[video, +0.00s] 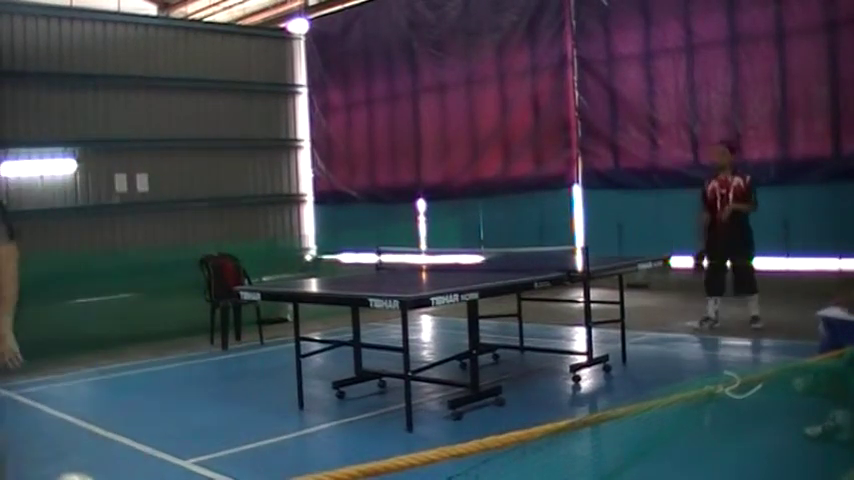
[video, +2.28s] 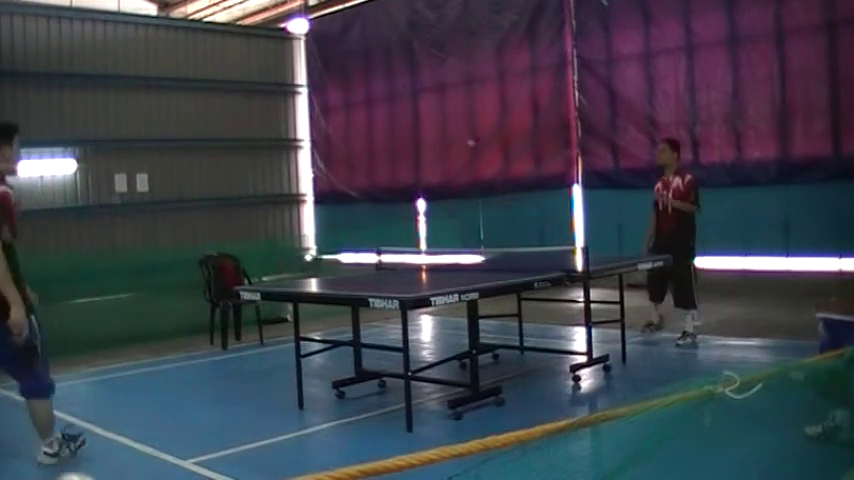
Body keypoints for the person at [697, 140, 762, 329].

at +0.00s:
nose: (718, 159)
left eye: (723, 155)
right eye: (717, 155)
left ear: (731, 157)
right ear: (714, 159)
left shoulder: (743, 181)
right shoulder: (710, 184)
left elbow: (751, 206)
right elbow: (707, 215)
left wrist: (733, 205)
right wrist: (703, 244)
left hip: (739, 235)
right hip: (716, 237)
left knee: (745, 272)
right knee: (713, 273)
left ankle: (754, 313)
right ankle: (712, 314)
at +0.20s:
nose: (737, 158)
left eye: (741, 153)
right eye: (735, 153)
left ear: (748, 156)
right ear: (730, 156)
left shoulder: (758, 181)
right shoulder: (721, 183)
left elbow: (766, 206)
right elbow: (714, 215)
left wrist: (754, 214)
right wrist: (708, 246)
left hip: (752, 237)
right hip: (728, 237)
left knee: (754, 274)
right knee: (723, 273)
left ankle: (756, 314)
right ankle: (713, 314)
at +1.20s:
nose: (712, 158)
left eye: (716, 154)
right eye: (710, 154)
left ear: (724, 156)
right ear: (707, 158)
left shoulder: (737, 181)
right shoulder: (702, 186)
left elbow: (749, 205)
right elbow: (699, 216)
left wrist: (731, 210)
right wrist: (697, 243)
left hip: (733, 241)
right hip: (711, 242)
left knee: (742, 277)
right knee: (710, 280)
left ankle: (754, 312)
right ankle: (711, 320)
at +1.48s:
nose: (692, 157)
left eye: (696, 152)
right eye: (690, 153)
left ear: (705, 155)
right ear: (689, 156)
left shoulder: (721, 179)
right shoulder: (686, 186)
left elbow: (732, 203)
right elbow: (684, 219)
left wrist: (714, 209)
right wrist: (678, 249)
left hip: (718, 235)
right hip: (698, 236)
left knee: (718, 274)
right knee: (702, 276)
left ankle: (725, 317)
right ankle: (710, 318)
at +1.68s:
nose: (684, 158)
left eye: (688, 154)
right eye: (683, 154)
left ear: (698, 157)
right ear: (681, 158)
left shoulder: (712, 181)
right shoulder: (679, 189)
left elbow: (724, 206)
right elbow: (675, 220)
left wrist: (706, 212)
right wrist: (668, 248)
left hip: (709, 234)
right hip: (690, 236)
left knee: (702, 272)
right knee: (696, 273)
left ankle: (699, 320)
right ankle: (709, 318)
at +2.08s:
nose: (674, 155)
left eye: (679, 151)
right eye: (674, 151)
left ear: (689, 155)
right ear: (673, 154)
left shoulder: (699, 182)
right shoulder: (668, 184)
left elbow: (708, 210)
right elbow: (661, 214)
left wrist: (684, 210)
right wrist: (657, 241)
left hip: (692, 242)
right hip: (672, 242)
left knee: (689, 285)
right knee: (679, 285)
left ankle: (690, 330)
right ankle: (685, 328)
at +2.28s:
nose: (659, 155)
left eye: (663, 151)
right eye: (659, 151)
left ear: (675, 155)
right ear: (663, 156)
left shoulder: (687, 180)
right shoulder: (660, 184)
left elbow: (693, 207)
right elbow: (656, 216)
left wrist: (670, 202)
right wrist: (649, 240)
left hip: (682, 242)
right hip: (662, 241)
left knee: (684, 284)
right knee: (654, 280)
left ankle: (689, 328)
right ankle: (656, 318)